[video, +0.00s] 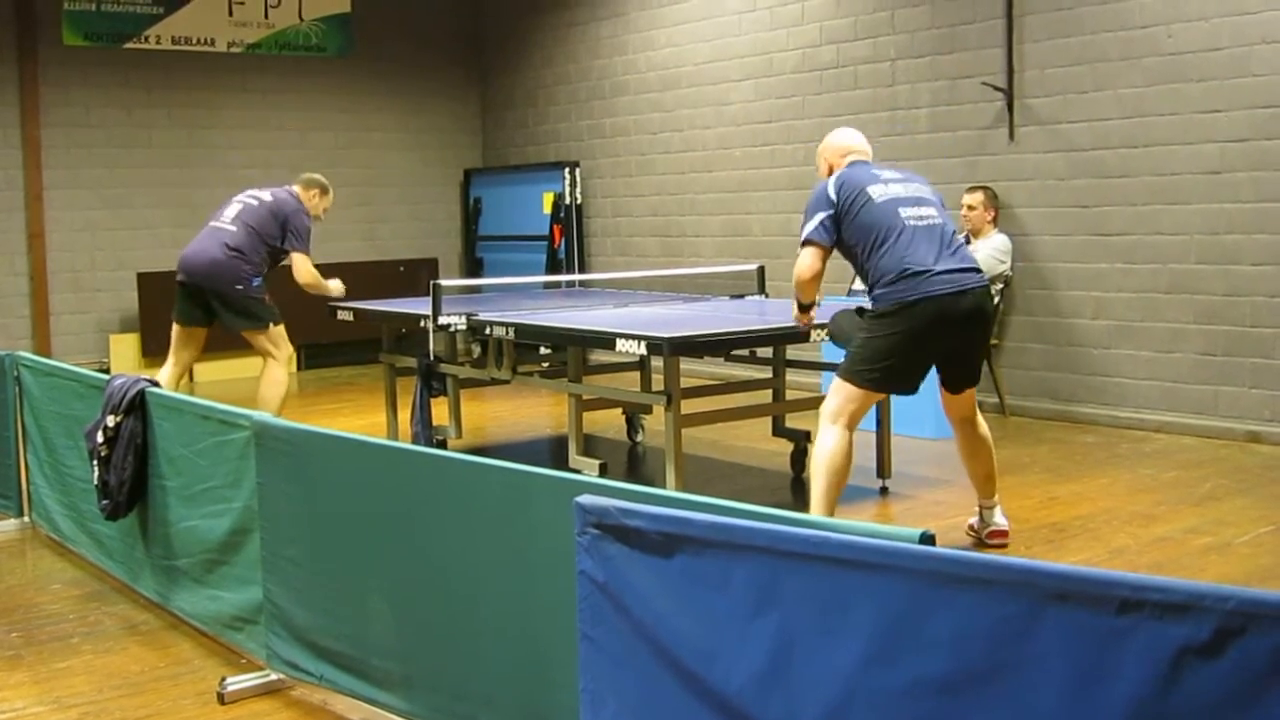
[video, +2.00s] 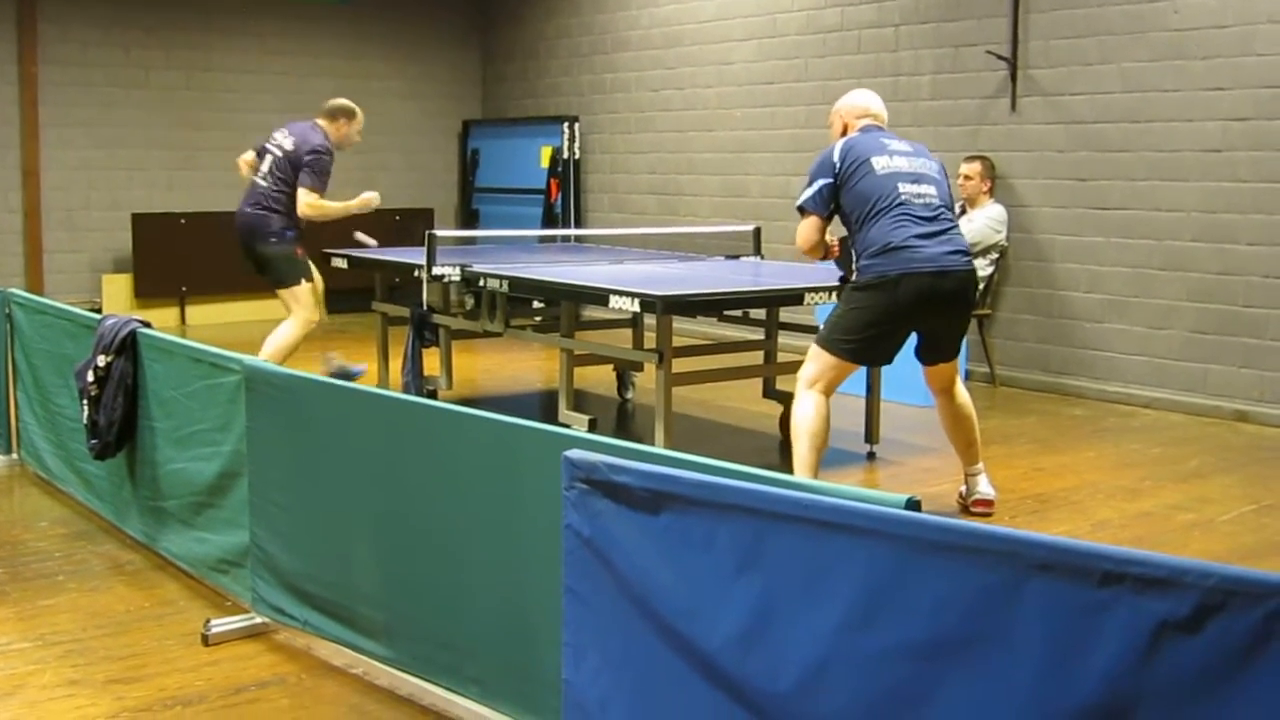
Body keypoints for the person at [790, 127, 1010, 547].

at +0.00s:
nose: (821, 175)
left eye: (820, 168)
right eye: (819, 168)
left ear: (831, 161)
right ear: (865, 154)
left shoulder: (831, 188)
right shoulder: (914, 179)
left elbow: (807, 271)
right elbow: (938, 243)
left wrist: (804, 307)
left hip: (907, 305)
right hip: (972, 298)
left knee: (837, 416)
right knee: (966, 412)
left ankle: (816, 534)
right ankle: (992, 517)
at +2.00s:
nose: (833, 135)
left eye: (833, 128)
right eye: (833, 129)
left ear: (845, 123)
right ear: (882, 121)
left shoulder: (837, 154)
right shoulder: (925, 154)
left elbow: (807, 240)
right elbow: (941, 218)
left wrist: (827, 248)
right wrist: (861, 242)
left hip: (890, 275)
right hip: (955, 275)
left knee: (813, 384)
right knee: (947, 383)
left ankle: (802, 494)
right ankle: (978, 483)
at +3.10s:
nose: (756, 113)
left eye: (757, 107)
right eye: (757, 108)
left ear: (762, 105)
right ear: (804, 103)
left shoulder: (768, 132)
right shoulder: (837, 141)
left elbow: (721, 173)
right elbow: (874, 216)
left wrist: (703, 235)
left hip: (821, 266)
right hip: (870, 266)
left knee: (760, 382)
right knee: (807, 357)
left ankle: (772, 488)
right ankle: (818, 450)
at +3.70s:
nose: (831, 86)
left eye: (830, 80)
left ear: (833, 80)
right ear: (880, 81)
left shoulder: (816, 114)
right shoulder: (913, 127)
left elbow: (748, 191)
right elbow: (947, 216)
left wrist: (762, 209)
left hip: (854, 264)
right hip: (923, 267)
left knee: (785, 380)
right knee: (928, 375)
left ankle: (787, 492)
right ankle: (969, 477)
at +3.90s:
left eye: (872, 93)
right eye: (918, 103)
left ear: (869, 94)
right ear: (919, 106)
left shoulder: (835, 123)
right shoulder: (936, 151)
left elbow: (754, 176)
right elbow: (962, 249)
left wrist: (759, 201)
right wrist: (972, 320)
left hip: (819, 264)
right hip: (891, 276)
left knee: (759, 381)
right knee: (921, 378)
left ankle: (740, 480)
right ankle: (947, 484)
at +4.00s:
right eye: (926, 129)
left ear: (875, 115)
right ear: (923, 131)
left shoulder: (833, 140)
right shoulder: (930, 170)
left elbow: (748, 168)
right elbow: (949, 263)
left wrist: (728, 184)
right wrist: (975, 338)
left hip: (795, 279)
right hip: (869, 291)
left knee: (736, 399)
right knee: (923, 379)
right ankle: (949, 484)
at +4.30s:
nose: (857, 170)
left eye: (860, 164)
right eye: (862, 163)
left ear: (815, 130)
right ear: (857, 159)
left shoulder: (758, 143)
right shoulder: (834, 204)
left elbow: (679, 187)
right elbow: (833, 309)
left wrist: (715, 236)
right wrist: (877, 335)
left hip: (666, 295)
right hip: (739, 310)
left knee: (663, 416)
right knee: (810, 384)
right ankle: (838, 482)